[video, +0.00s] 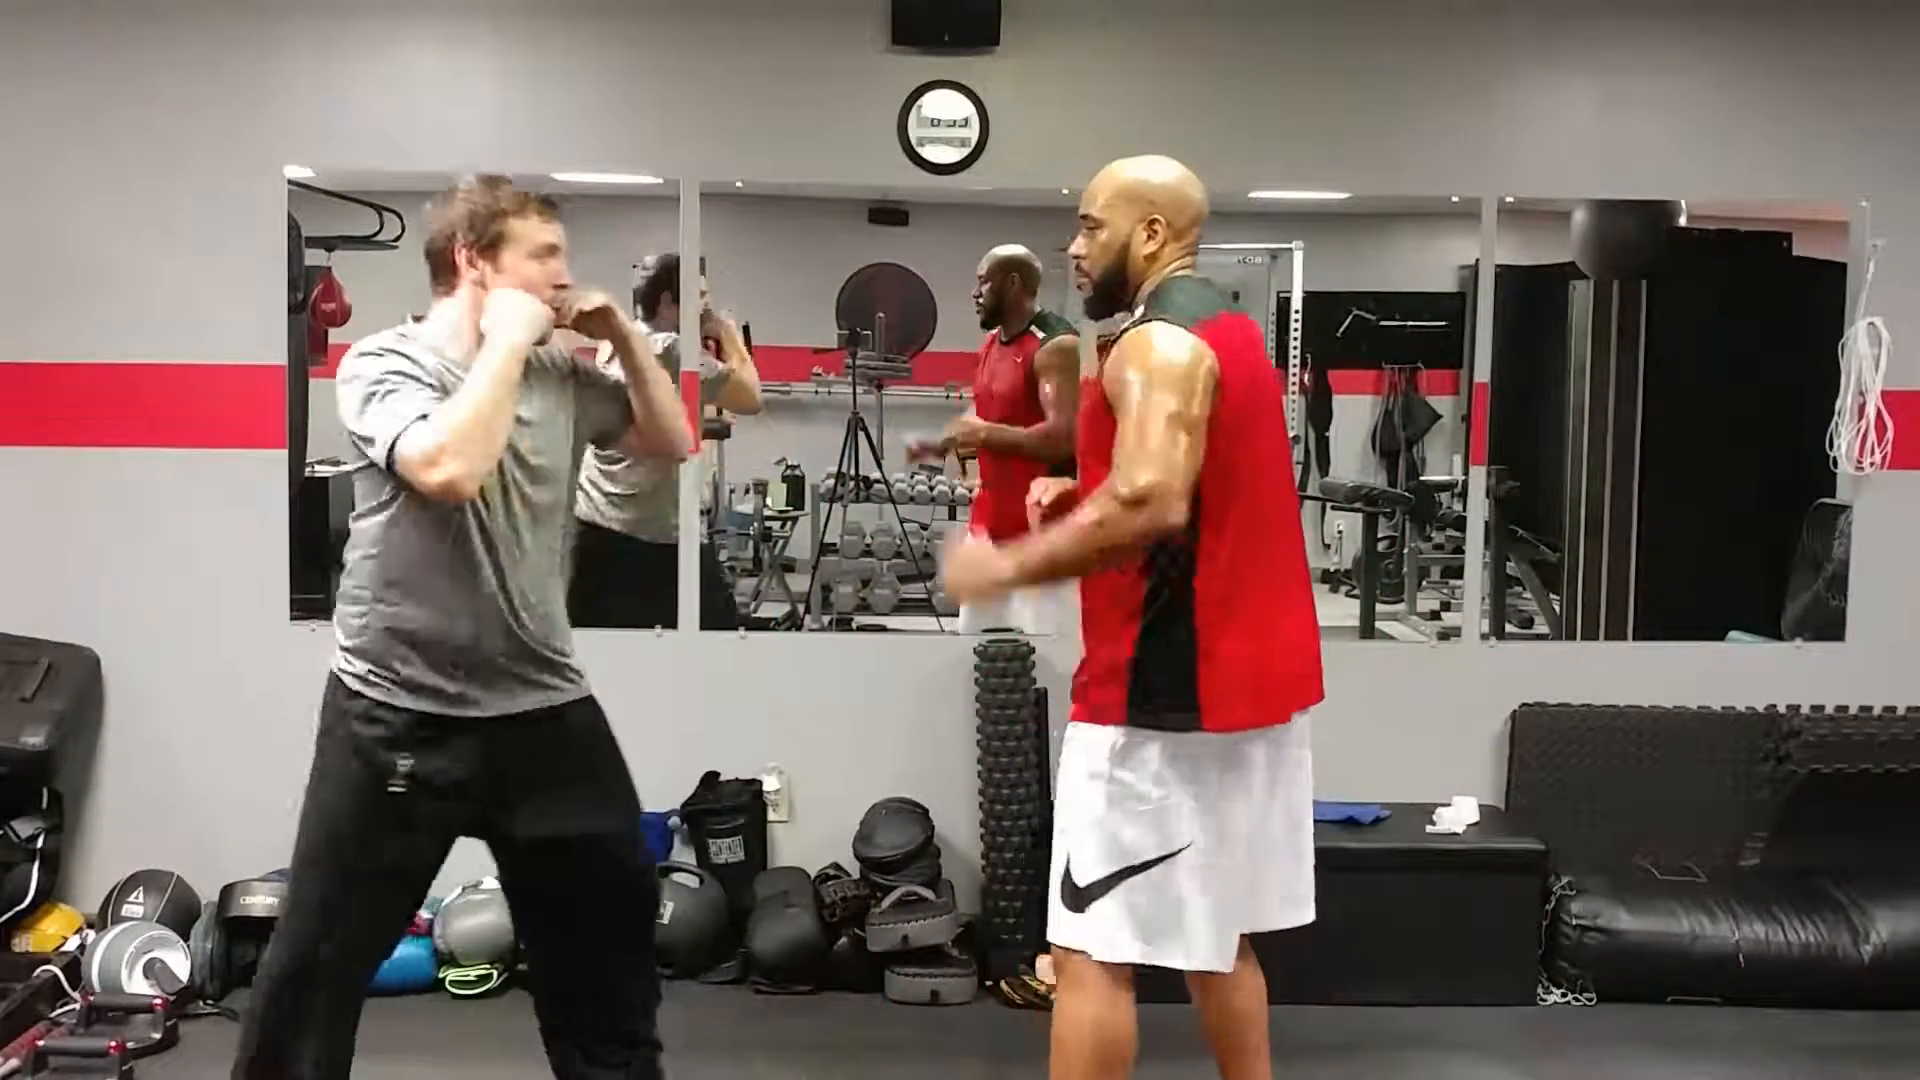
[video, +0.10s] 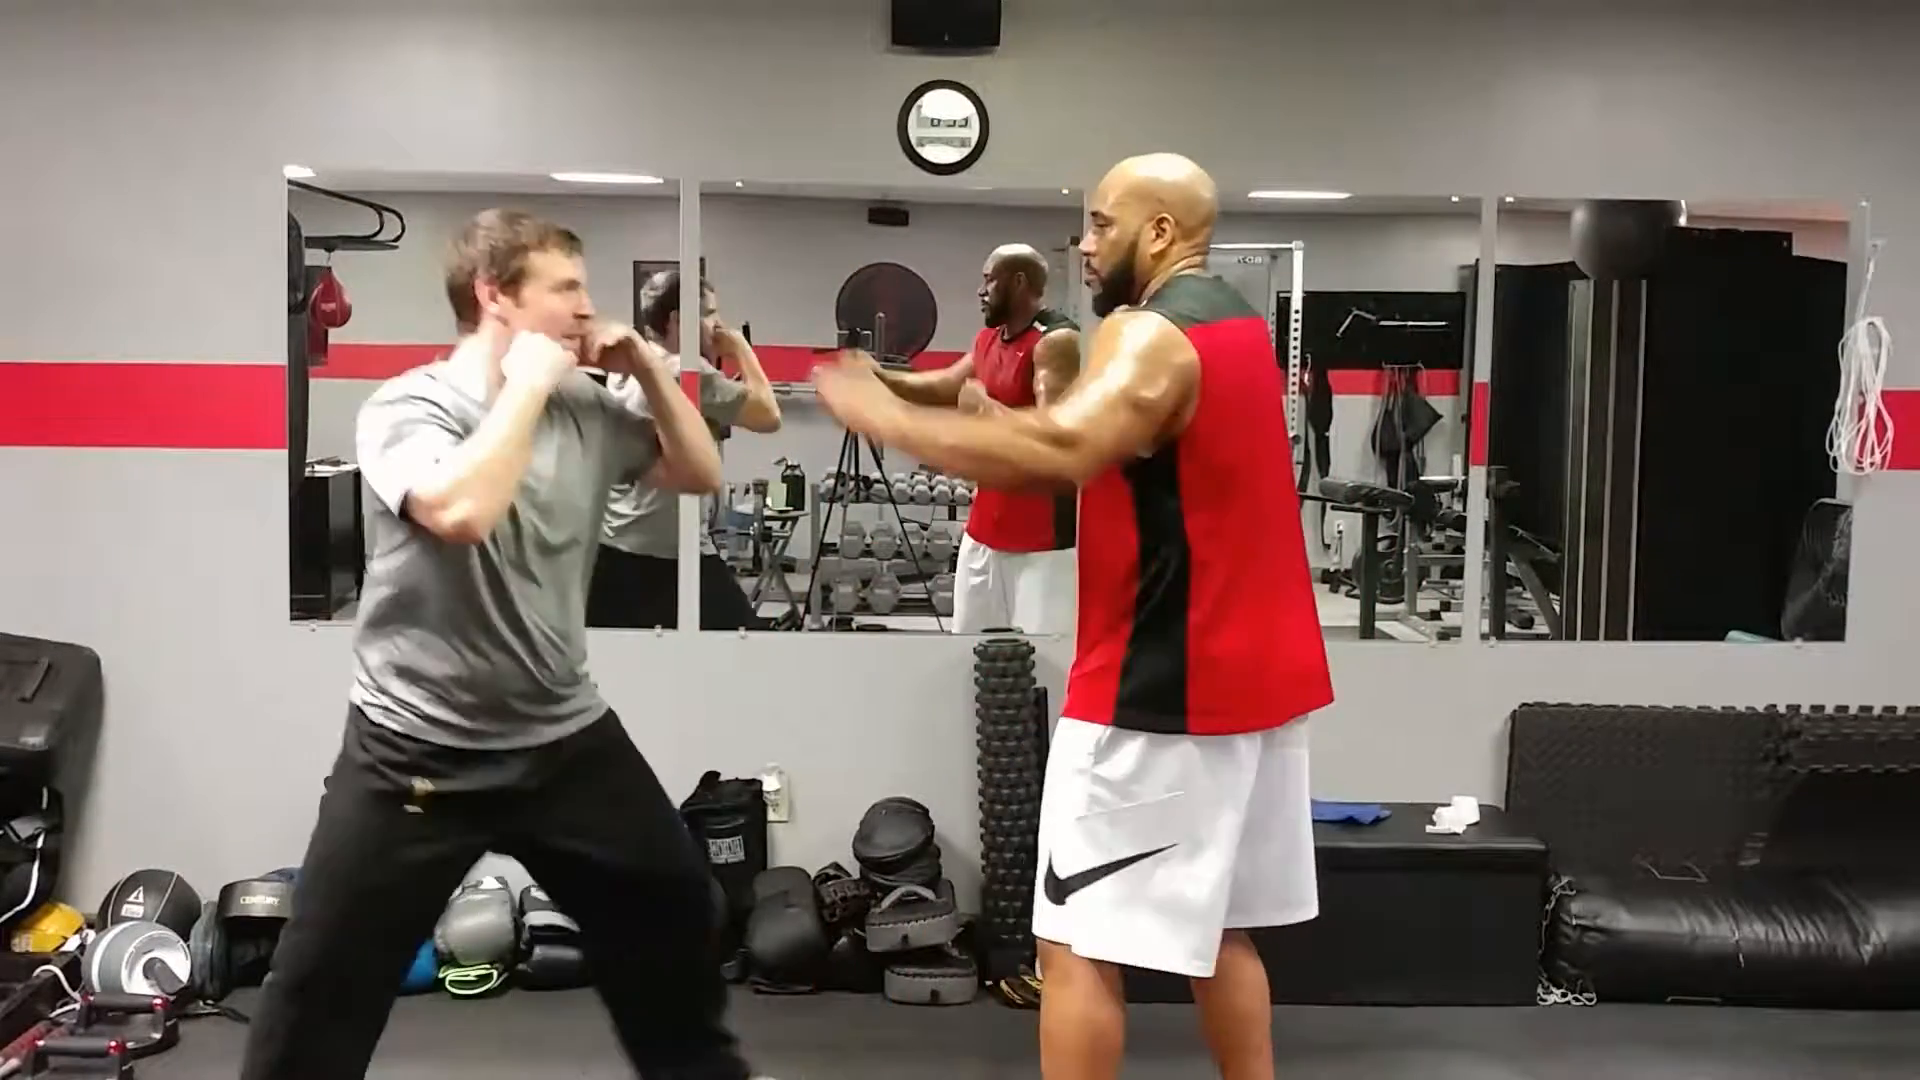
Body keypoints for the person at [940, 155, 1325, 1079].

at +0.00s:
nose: (1075, 246)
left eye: (1091, 227)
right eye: (1078, 226)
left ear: (1151, 236)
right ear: (1165, 239)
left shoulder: (1159, 347)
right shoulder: (1230, 340)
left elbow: (1149, 500)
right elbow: (1199, 495)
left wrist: (1008, 563)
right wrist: (1088, 497)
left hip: (1150, 697)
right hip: (1248, 690)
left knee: (1088, 953)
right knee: (1218, 936)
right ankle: (1249, 1075)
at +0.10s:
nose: (1085, 242)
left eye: (1101, 223)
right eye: (1088, 223)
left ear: (1160, 231)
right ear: (1177, 235)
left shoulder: (1153, 332)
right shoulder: (1231, 315)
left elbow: (1059, 451)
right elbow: (1100, 442)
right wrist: (999, 409)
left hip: (1154, 683)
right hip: (1259, 678)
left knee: (1075, 941)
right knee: (1220, 931)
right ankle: (1252, 1077)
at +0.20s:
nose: (1099, 235)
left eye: (1116, 219)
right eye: (1104, 217)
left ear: (1174, 231)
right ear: (1201, 236)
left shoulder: (1121, 329)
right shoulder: (1247, 323)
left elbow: (978, 428)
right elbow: (1137, 430)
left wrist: (879, 376)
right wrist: (1056, 331)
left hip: (1135, 674)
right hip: (1255, 673)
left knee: (1002, 903)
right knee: (1209, 920)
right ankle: (1251, 1078)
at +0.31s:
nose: (1073, 239)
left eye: (1083, 225)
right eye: (1077, 223)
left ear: (1132, 238)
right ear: (1173, 241)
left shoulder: (1078, 343)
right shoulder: (1244, 317)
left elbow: (1011, 501)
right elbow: (1167, 438)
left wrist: (1013, 410)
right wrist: (1030, 375)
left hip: (1101, 678)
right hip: (1231, 676)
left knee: (956, 893)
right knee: (1195, 917)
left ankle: (989, 1077)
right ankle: (1249, 1079)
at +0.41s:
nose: (1030, 268)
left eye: (1038, 253)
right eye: (1034, 251)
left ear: (1066, 262)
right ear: (1143, 257)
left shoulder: (1026, 371)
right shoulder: (1236, 350)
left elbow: (952, 527)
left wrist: (993, 561)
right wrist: (1175, 502)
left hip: (1061, 700)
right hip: (1204, 698)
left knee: (934, 923)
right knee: (1201, 934)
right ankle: (1244, 1078)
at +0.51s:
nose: (988, 296)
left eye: (993, 282)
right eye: (990, 283)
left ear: (1021, 288)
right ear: (1102, 284)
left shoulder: (977, 395)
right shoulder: (1202, 373)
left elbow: (884, 545)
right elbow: (1316, 481)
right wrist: (1211, 541)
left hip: (1024, 726)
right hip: (1176, 719)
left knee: (907, 955)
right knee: (1190, 944)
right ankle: (1236, 1075)